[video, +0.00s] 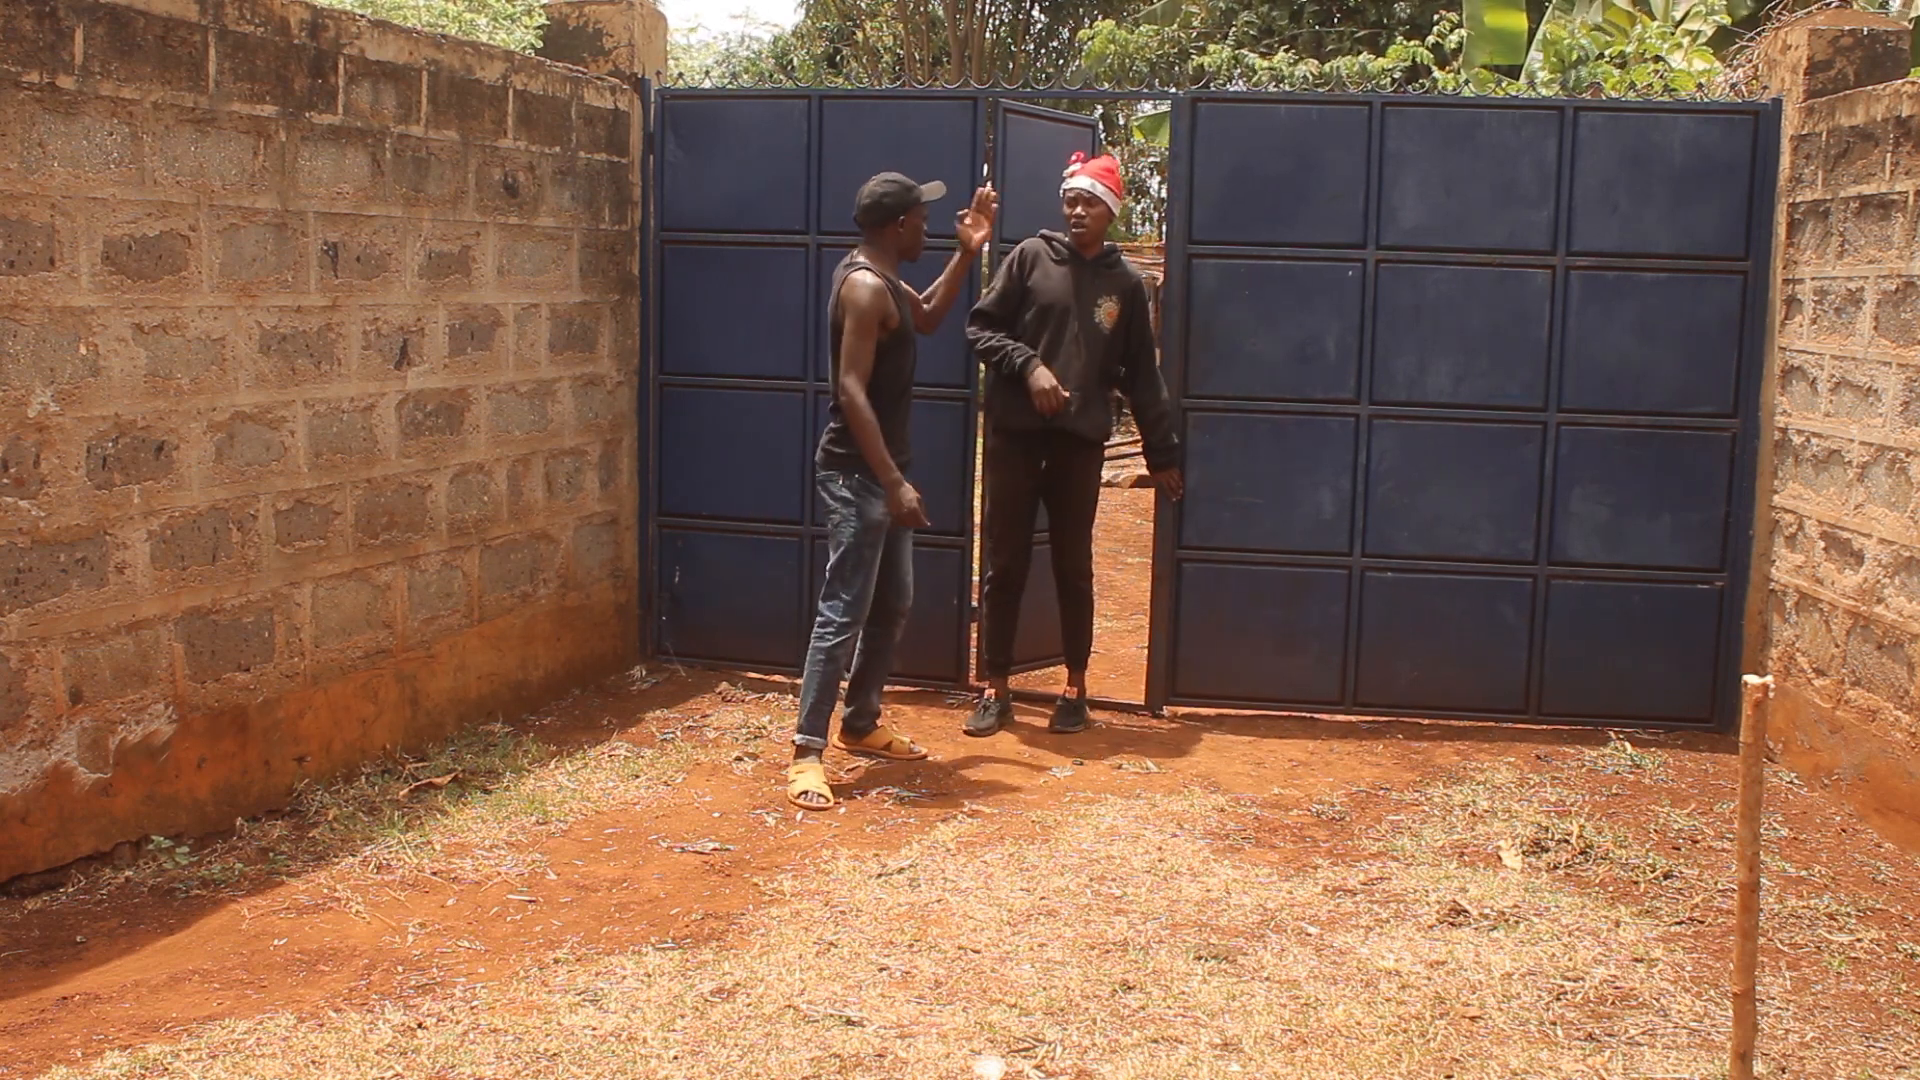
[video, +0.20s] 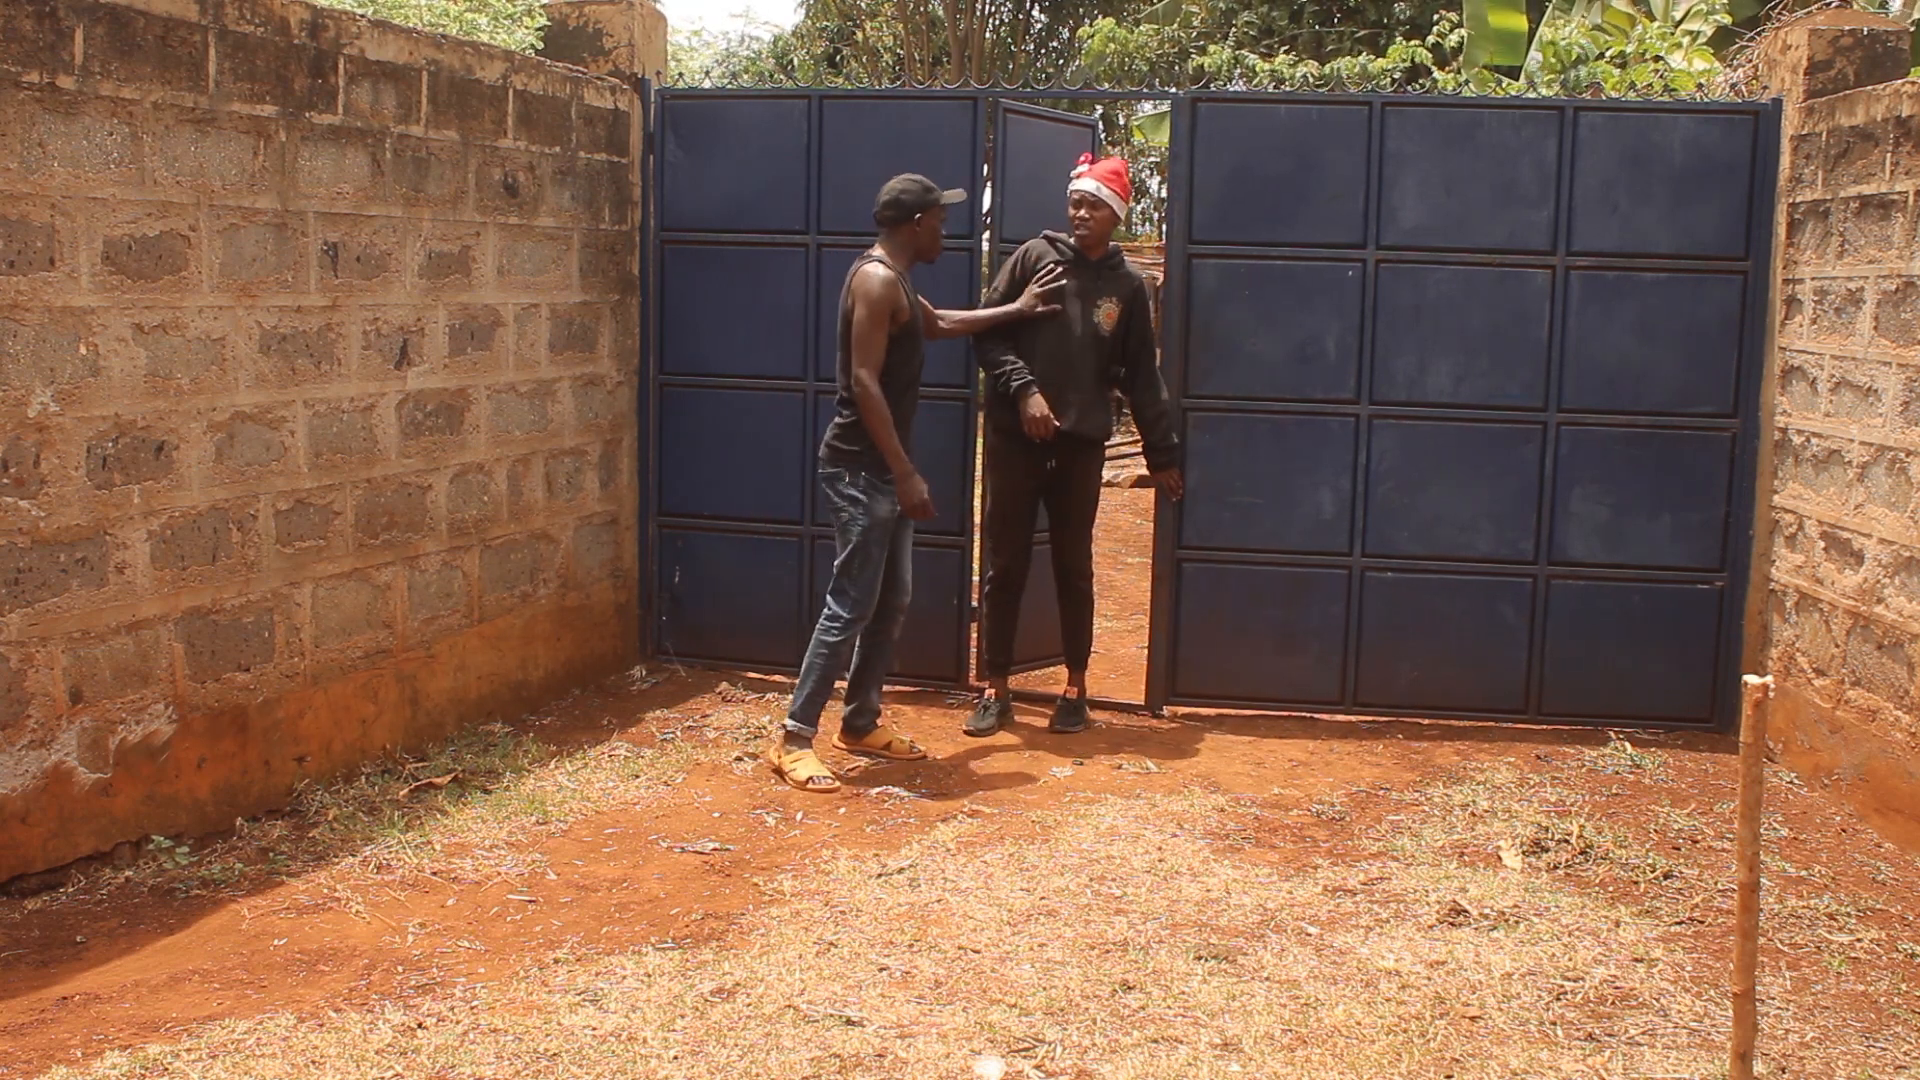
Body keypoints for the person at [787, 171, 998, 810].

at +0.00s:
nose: (926, 225)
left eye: (924, 216)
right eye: (921, 217)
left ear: (883, 223)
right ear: (897, 225)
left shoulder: (883, 275)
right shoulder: (863, 287)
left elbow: (926, 317)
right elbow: (850, 393)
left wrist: (967, 252)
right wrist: (893, 480)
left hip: (886, 468)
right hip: (854, 471)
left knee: (891, 604)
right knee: (841, 613)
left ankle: (861, 725)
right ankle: (807, 754)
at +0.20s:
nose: (944, 231)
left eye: (942, 222)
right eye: (939, 222)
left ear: (906, 224)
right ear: (914, 224)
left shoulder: (897, 278)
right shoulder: (877, 281)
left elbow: (937, 323)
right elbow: (864, 383)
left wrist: (1017, 308)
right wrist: (903, 471)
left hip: (890, 464)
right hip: (860, 465)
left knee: (891, 600)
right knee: (850, 603)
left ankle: (862, 725)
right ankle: (794, 739)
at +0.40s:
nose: (961, 234)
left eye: (960, 224)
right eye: (955, 224)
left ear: (923, 224)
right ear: (930, 224)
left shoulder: (915, 276)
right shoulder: (894, 277)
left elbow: (966, 308)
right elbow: (878, 379)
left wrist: (1040, 294)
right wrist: (907, 470)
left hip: (891, 462)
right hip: (858, 461)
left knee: (890, 600)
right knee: (838, 602)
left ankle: (863, 725)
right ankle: (792, 740)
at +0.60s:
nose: (945, 225)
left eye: (944, 216)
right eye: (941, 214)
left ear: (913, 217)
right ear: (920, 216)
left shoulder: (914, 265)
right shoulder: (872, 275)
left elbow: (984, 246)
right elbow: (868, 376)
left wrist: (1049, 230)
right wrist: (910, 465)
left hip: (897, 459)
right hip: (857, 459)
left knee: (887, 600)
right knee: (836, 602)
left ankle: (862, 726)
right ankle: (797, 739)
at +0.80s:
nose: (931, 225)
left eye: (932, 218)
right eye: (927, 216)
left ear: (899, 217)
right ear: (900, 217)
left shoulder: (899, 267)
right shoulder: (857, 278)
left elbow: (957, 234)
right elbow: (847, 380)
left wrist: (992, 165)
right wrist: (890, 468)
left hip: (898, 462)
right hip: (856, 465)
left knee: (883, 603)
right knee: (839, 605)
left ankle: (859, 726)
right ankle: (805, 740)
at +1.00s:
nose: (920, 229)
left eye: (920, 219)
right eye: (915, 218)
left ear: (883, 219)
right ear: (888, 218)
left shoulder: (881, 270)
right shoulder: (846, 281)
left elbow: (928, 269)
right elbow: (841, 384)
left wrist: (974, 203)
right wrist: (863, 480)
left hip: (891, 464)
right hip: (848, 468)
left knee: (877, 603)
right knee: (832, 607)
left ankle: (860, 726)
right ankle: (801, 743)